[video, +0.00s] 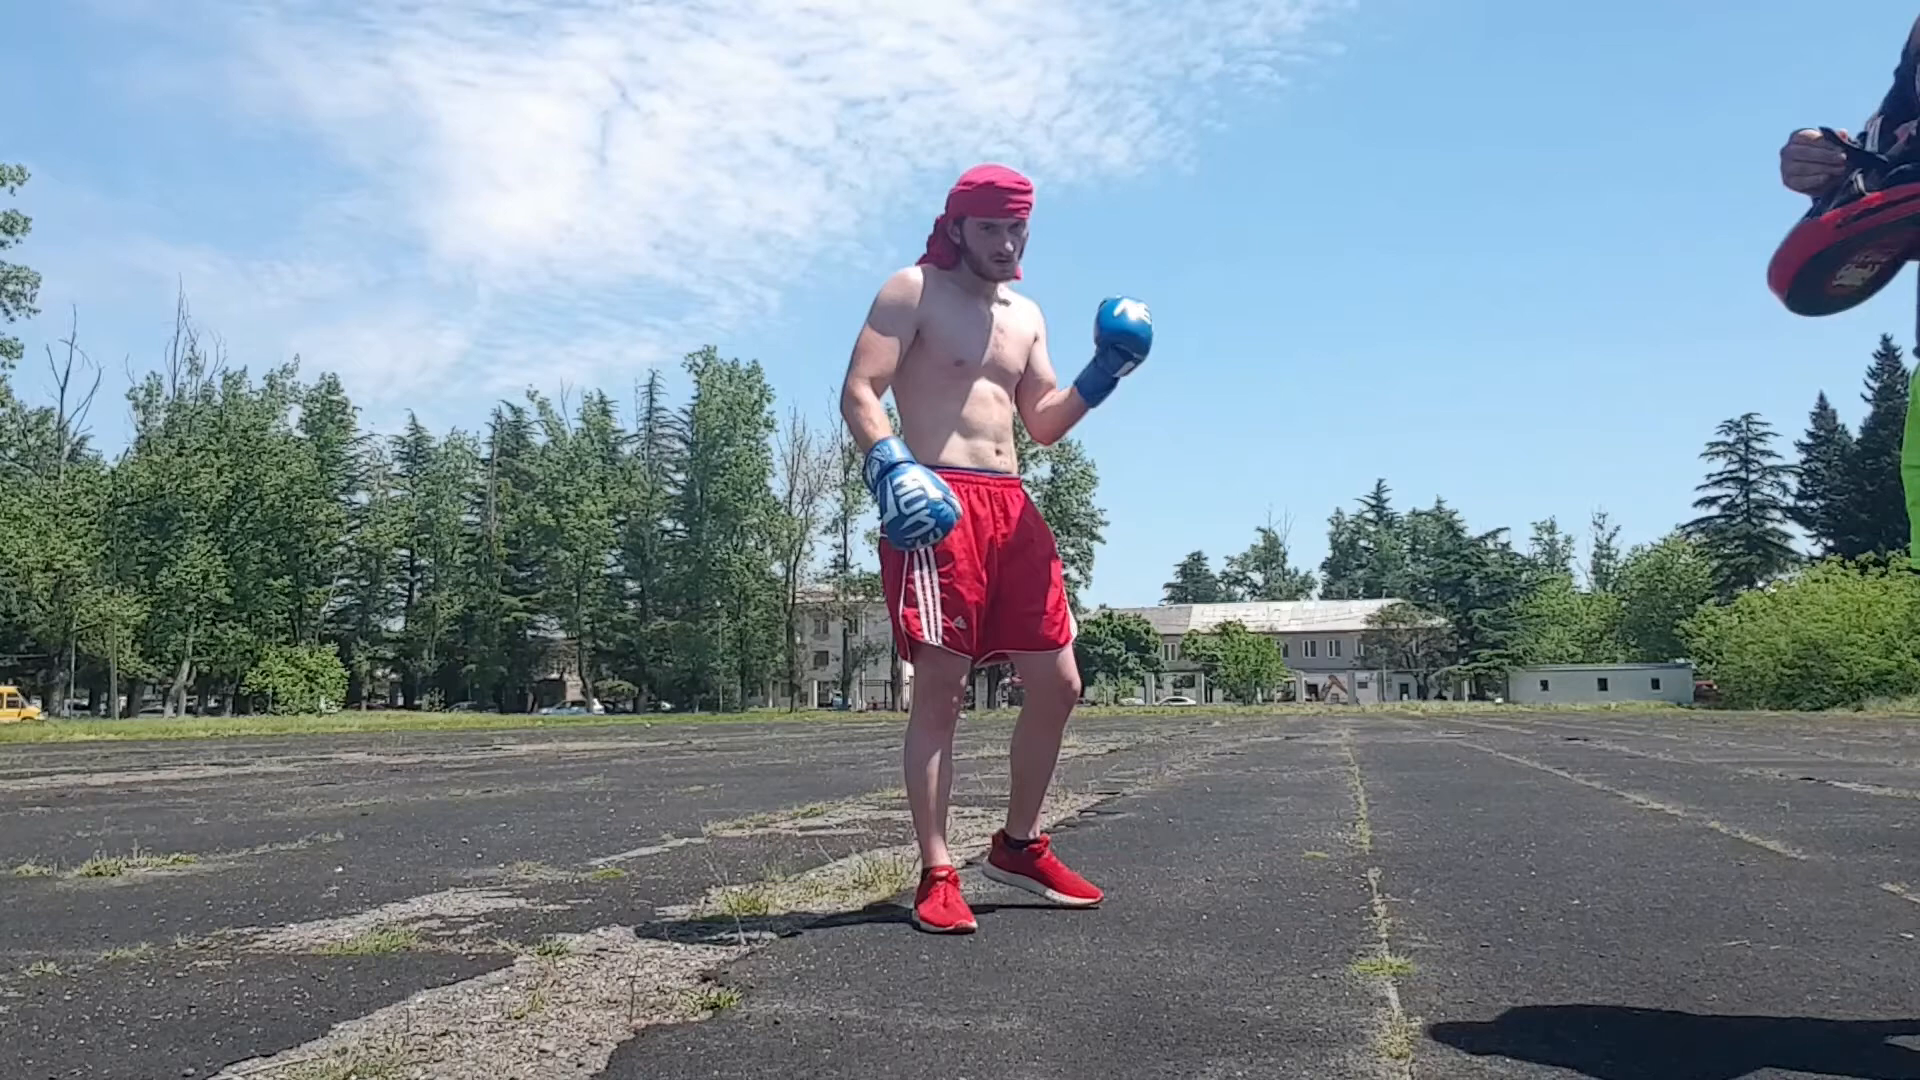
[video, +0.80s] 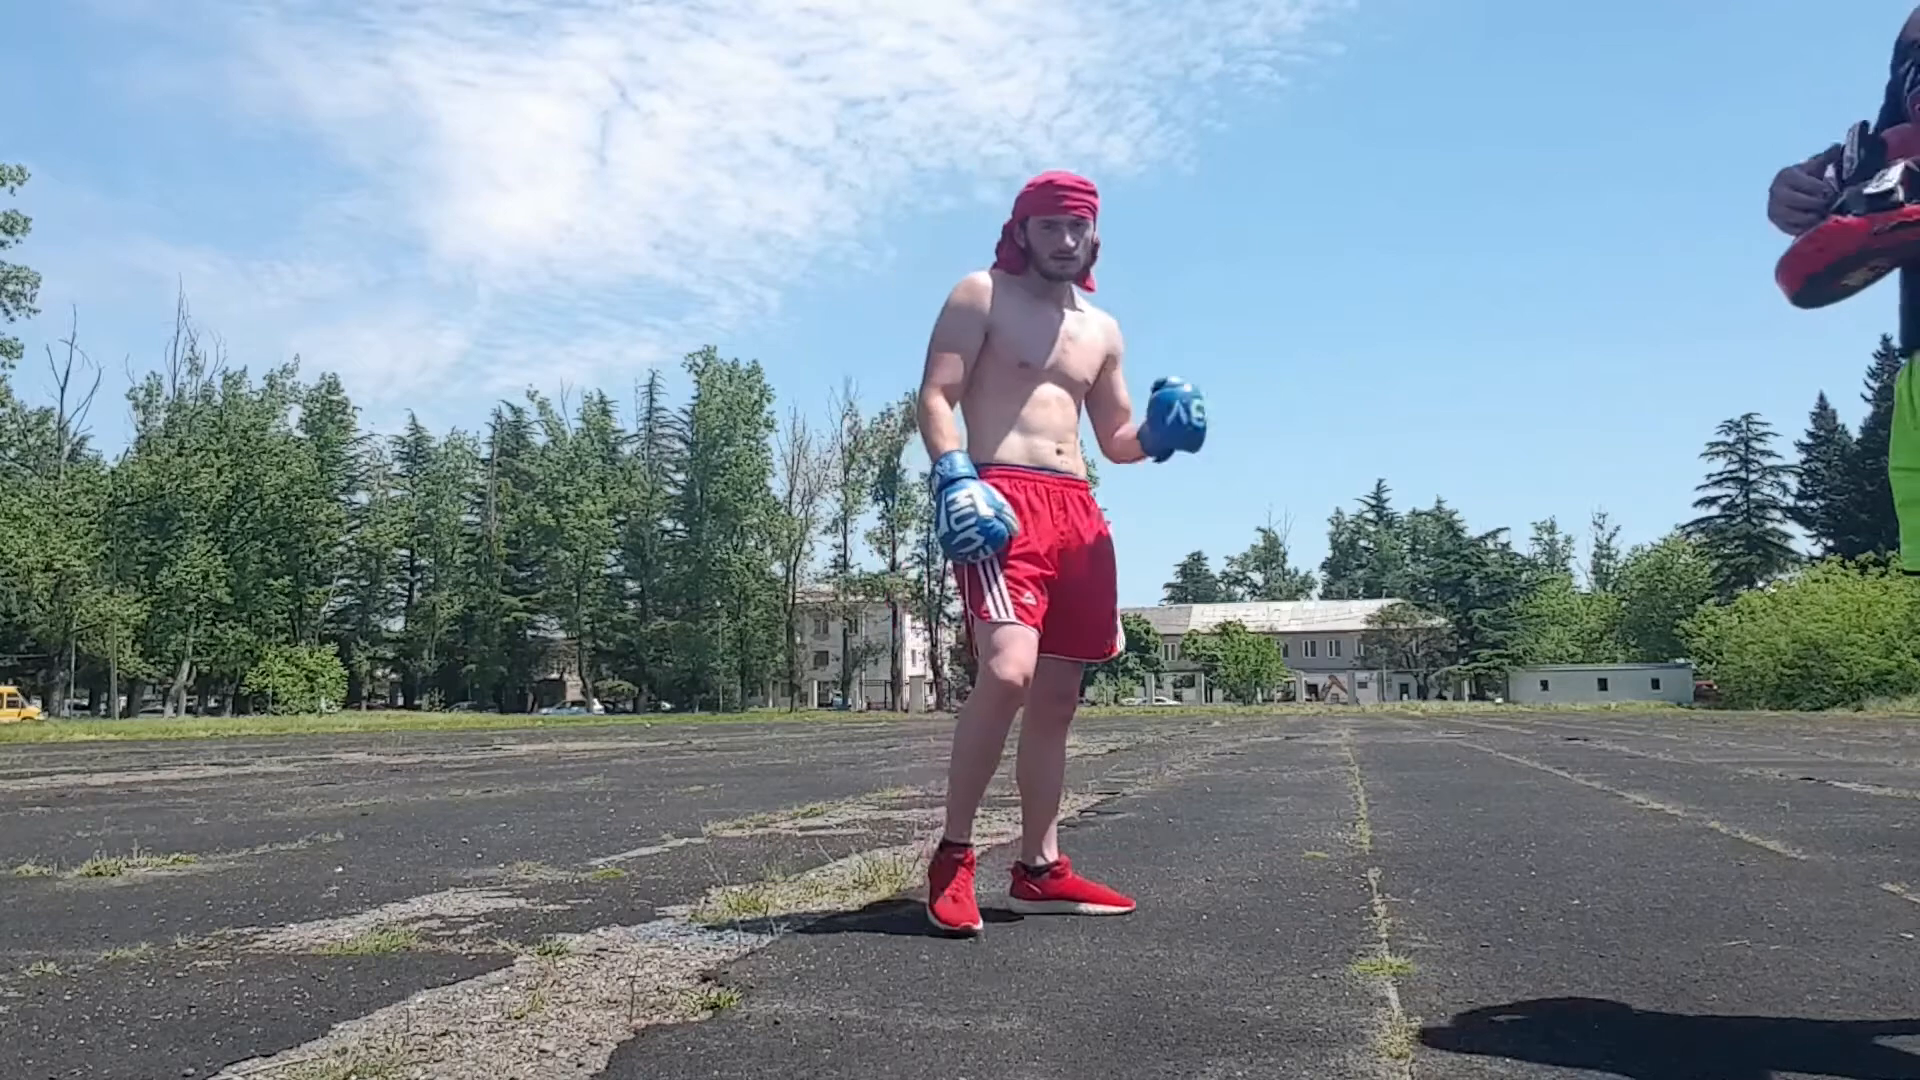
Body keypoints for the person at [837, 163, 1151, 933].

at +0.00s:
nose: (1010, 244)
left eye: (1018, 230)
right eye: (994, 231)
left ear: (1025, 230)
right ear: (956, 230)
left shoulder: (1027, 312)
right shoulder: (915, 289)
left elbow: (1043, 423)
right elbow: (859, 392)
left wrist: (1103, 369)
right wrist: (896, 470)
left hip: (1012, 507)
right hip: (937, 502)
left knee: (1057, 685)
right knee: (939, 685)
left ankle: (1019, 843)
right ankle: (938, 872)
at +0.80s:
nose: (1067, 238)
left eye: (1079, 226)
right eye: (1051, 225)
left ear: (1093, 236)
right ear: (1022, 232)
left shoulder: (1102, 328)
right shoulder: (984, 293)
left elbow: (1117, 441)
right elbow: (938, 393)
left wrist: (1160, 433)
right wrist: (955, 478)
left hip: (1076, 505)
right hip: (1000, 495)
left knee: (1058, 695)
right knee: (1010, 672)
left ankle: (1038, 864)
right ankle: (953, 858)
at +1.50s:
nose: (1030, 209)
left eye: (1041, 198)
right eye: (1013, 195)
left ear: (1051, 210)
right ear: (979, 202)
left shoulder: (1047, 303)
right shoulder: (944, 268)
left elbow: (1071, 404)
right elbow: (903, 378)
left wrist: (1117, 322)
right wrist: (932, 485)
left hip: (1022, 497)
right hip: (955, 492)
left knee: (1037, 687)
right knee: (958, 688)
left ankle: (1041, 859)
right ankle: (962, 885)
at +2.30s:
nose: (1032, 243)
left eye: (1038, 232)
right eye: (1023, 226)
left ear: (1020, 238)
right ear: (977, 219)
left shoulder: (1004, 314)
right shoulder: (912, 289)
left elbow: (1007, 442)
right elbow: (892, 405)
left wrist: (1062, 401)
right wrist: (959, 387)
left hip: (1004, 501)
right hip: (949, 495)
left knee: (977, 692)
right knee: (985, 686)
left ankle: (936, 873)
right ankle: (960, 881)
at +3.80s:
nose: (949, 251)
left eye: (959, 240)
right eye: (938, 233)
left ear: (956, 247)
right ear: (894, 226)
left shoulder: (911, 315)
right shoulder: (851, 282)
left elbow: (908, 445)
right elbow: (801, 385)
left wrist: (951, 400)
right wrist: (896, 367)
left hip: (901, 504)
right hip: (861, 499)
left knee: (877, 694)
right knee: (874, 690)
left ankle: (828, 876)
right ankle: (881, 890)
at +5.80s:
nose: (917, 263)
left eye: (924, 252)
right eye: (905, 247)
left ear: (918, 262)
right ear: (859, 246)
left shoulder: (879, 338)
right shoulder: (806, 323)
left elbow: (892, 452)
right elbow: (824, 431)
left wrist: (934, 393)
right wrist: (889, 384)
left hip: (857, 516)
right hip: (807, 514)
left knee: (880, 698)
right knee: (843, 697)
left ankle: (795, 850)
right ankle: (839, 887)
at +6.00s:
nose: (939, 266)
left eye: (944, 254)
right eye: (927, 250)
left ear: (929, 262)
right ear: (879, 248)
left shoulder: (896, 328)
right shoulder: (835, 314)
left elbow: (914, 445)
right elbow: (859, 430)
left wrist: (957, 373)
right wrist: (915, 359)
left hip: (870, 516)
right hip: (820, 515)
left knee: (896, 688)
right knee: (847, 696)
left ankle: (836, 842)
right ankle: (836, 888)